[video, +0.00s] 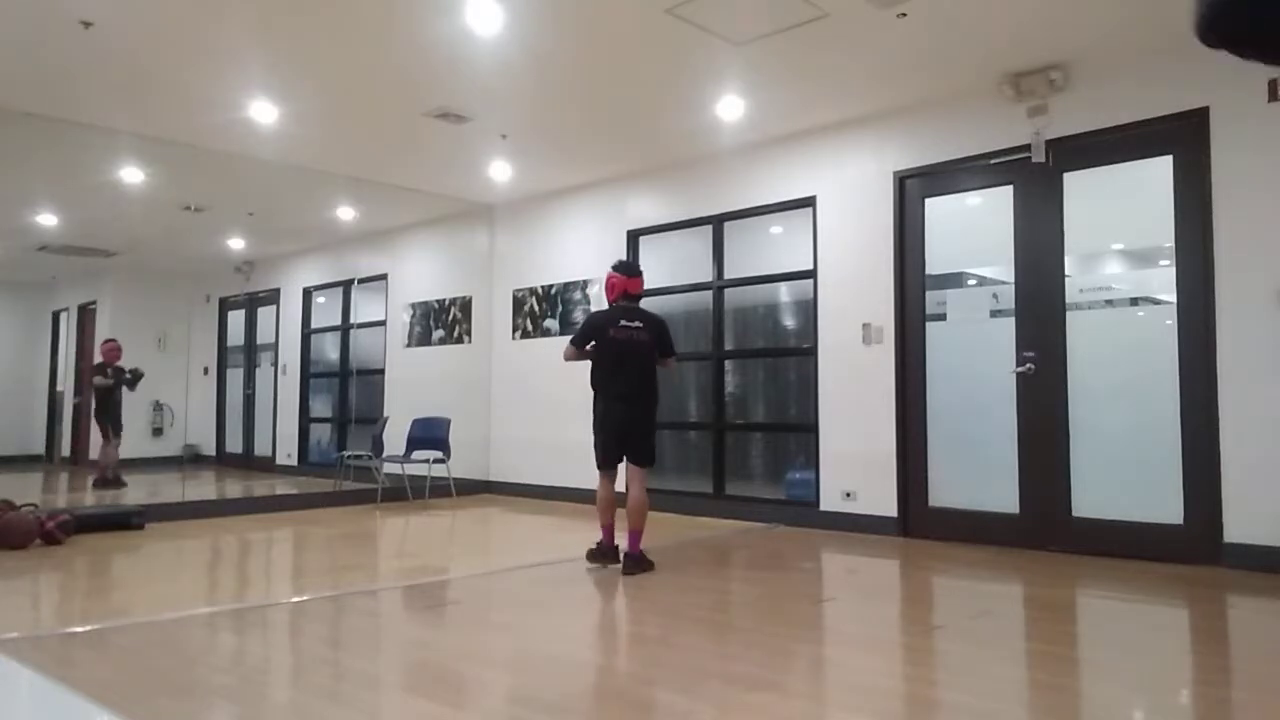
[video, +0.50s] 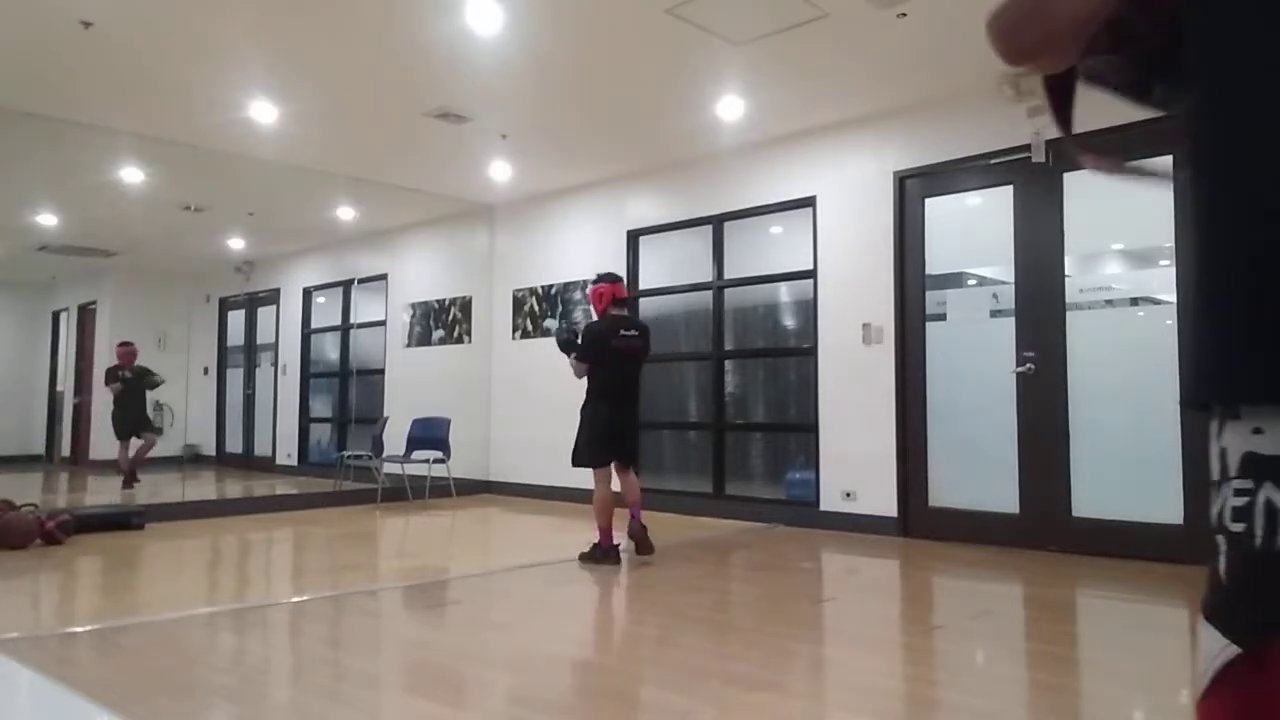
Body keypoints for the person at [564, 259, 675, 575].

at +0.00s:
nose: (606, 289)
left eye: (607, 285)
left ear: (611, 288)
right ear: (640, 289)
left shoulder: (597, 320)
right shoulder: (655, 323)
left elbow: (570, 354)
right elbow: (667, 361)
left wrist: (595, 352)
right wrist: (643, 353)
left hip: (607, 411)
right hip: (643, 411)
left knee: (606, 477)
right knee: (637, 480)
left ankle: (607, 546)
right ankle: (633, 554)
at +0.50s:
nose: (592, 302)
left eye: (594, 297)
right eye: (592, 297)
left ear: (600, 298)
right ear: (624, 296)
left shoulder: (595, 330)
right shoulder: (641, 330)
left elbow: (579, 370)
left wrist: (571, 348)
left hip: (599, 411)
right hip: (628, 409)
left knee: (602, 478)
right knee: (625, 469)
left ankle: (606, 545)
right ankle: (636, 524)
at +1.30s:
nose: (595, 320)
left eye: (597, 314)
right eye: (592, 315)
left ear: (611, 307)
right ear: (597, 312)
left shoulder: (632, 332)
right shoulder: (604, 336)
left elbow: (636, 371)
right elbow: (595, 367)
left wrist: (602, 372)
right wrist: (582, 372)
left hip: (619, 413)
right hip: (607, 411)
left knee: (604, 471)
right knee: (617, 471)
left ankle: (605, 541)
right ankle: (627, 537)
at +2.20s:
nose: (597, 314)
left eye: (603, 308)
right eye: (594, 308)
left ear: (617, 305)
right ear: (590, 307)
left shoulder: (631, 330)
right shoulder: (588, 332)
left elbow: (631, 367)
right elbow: (567, 358)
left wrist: (599, 380)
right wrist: (568, 357)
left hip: (618, 414)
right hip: (589, 412)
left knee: (618, 476)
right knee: (566, 469)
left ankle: (620, 542)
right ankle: (585, 529)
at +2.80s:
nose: (566, 304)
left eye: (573, 297)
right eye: (559, 297)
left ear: (582, 300)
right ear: (550, 300)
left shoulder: (591, 329)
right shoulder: (539, 330)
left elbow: (602, 368)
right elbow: (510, 361)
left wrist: (566, 380)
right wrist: (538, 359)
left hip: (578, 411)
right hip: (547, 411)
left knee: (582, 477)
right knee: (550, 476)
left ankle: (605, 535)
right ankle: (554, 545)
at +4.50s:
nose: (545, 282)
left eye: (552, 275)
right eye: (536, 275)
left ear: (562, 278)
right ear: (523, 279)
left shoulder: (571, 310)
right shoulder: (509, 313)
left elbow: (595, 341)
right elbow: (478, 341)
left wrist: (574, 334)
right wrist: (509, 330)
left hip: (562, 410)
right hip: (522, 411)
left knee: (572, 490)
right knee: (524, 488)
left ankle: (563, 541)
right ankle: (525, 570)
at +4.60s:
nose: (543, 279)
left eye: (550, 271)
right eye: (534, 272)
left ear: (560, 274)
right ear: (522, 275)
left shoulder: (569, 310)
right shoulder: (506, 311)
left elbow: (602, 333)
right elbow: (468, 328)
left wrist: (638, 344)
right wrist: (438, 332)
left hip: (562, 411)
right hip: (521, 412)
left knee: (571, 486)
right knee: (523, 488)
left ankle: (567, 556)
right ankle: (525, 571)